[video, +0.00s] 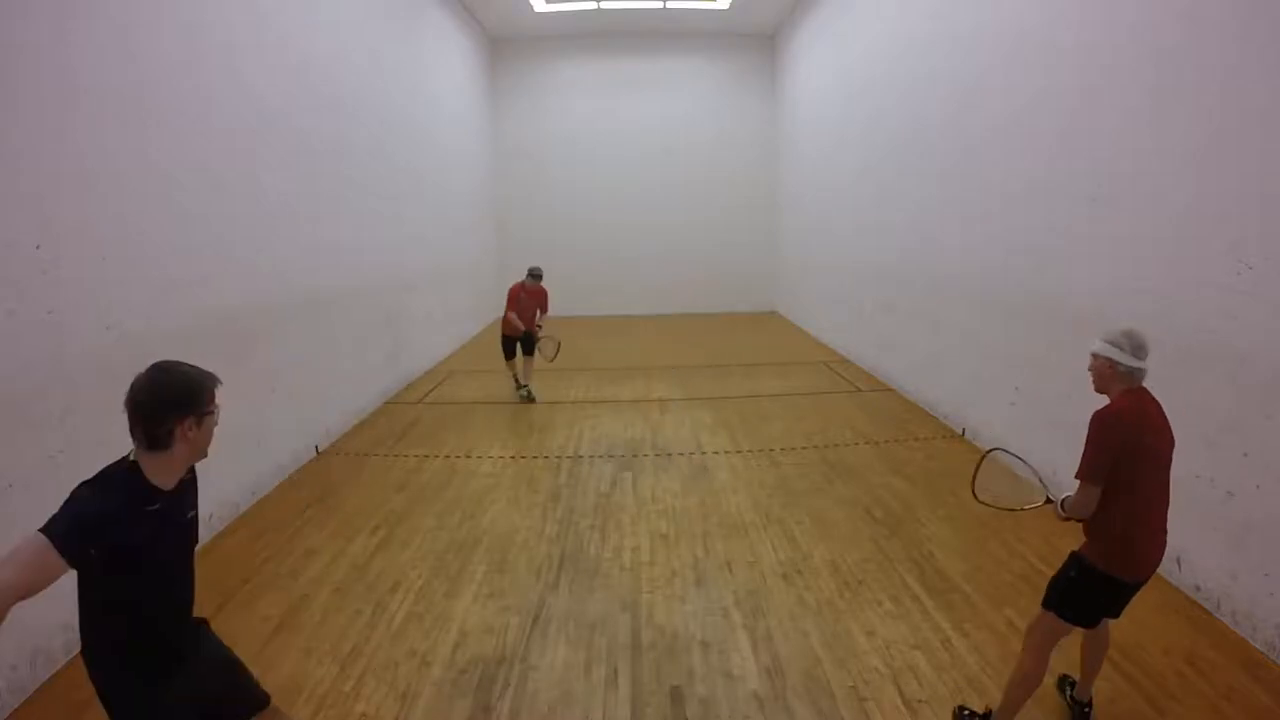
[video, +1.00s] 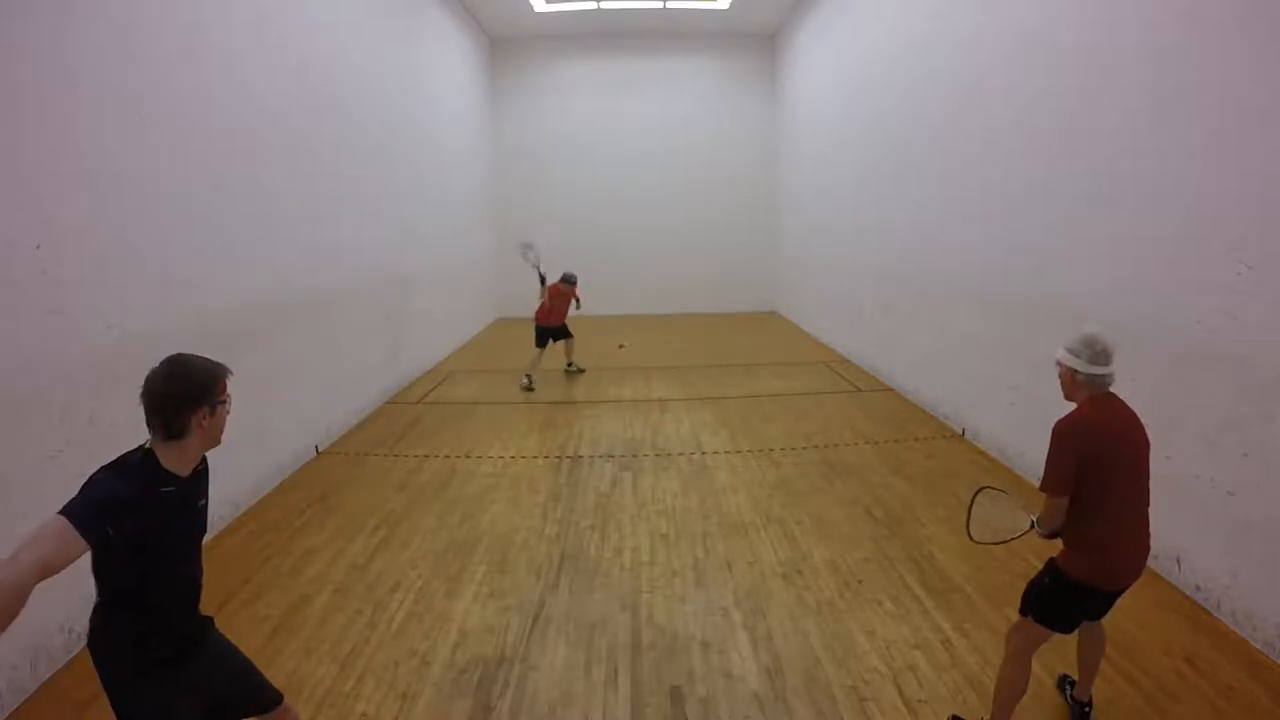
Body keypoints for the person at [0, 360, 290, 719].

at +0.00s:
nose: (217, 421)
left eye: (214, 412)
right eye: (212, 414)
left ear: (186, 431)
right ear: (188, 429)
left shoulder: (182, 473)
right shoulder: (99, 505)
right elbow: (7, 588)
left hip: (183, 637)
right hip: (130, 669)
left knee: (262, 709)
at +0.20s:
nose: (228, 415)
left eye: (226, 406)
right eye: (223, 408)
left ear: (193, 424)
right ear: (199, 423)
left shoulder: (192, 467)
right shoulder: (114, 495)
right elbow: (22, 584)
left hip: (191, 628)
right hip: (138, 661)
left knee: (269, 705)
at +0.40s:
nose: (227, 418)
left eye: (225, 409)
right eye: (223, 410)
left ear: (194, 426)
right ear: (199, 425)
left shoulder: (190, 469)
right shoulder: (115, 496)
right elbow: (21, 584)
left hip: (189, 628)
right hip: (133, 657)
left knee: (269, 706)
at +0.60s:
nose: (224, 418)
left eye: (222, 409)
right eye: (220, 411)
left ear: (191, 426)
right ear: (197, 425)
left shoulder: (186, 468)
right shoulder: (110, 495)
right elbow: (18, 578)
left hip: (185, 632)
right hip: (130, 662)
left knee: (270, 708)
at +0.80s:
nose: (223, 416)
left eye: (221, 407)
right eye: (219, 409)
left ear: (191, 425)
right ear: (196, 424)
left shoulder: (187, 469)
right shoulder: (110, 495)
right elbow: (19, 578)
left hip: (185, 632)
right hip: (130, 663)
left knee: (273, 712)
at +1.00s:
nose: (228, 412)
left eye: (227, 403)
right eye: (224, 404)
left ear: (196, 420)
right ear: (201, 419)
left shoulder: (195, 466)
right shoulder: (117, 489)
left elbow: (175, 553)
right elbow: (22, 568)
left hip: (187, 627)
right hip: (132, 651)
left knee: (279, 711)